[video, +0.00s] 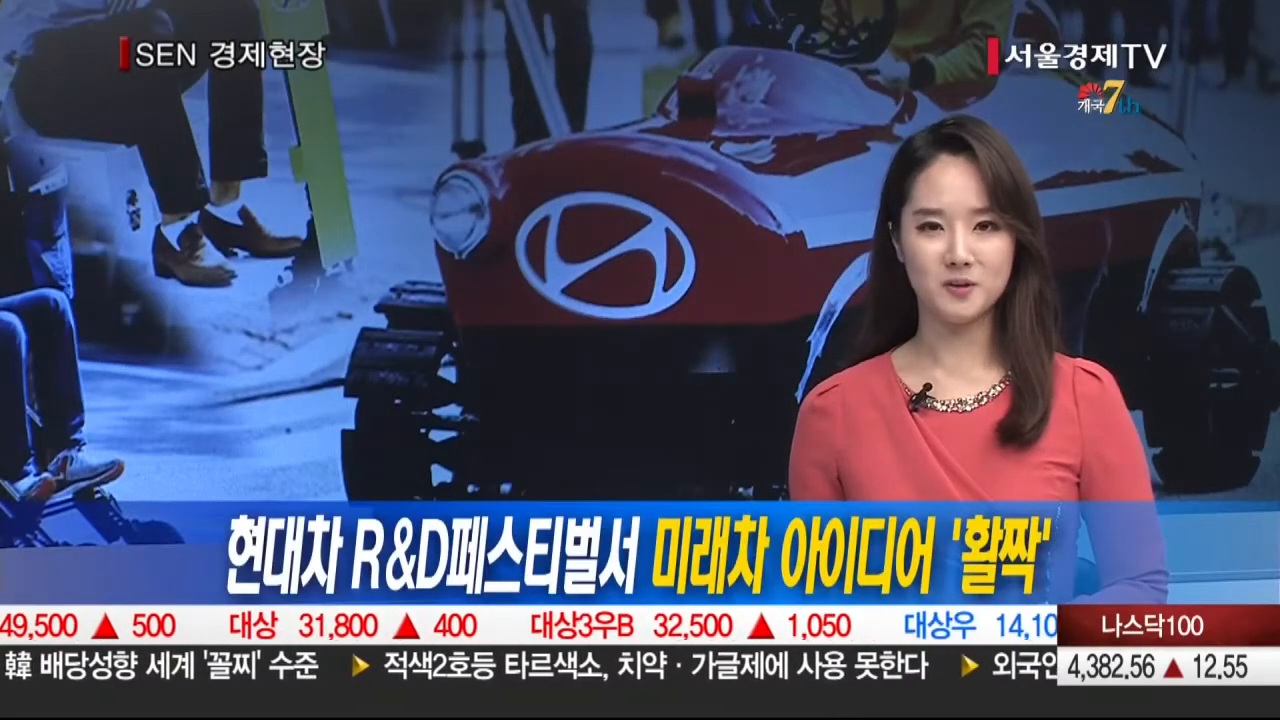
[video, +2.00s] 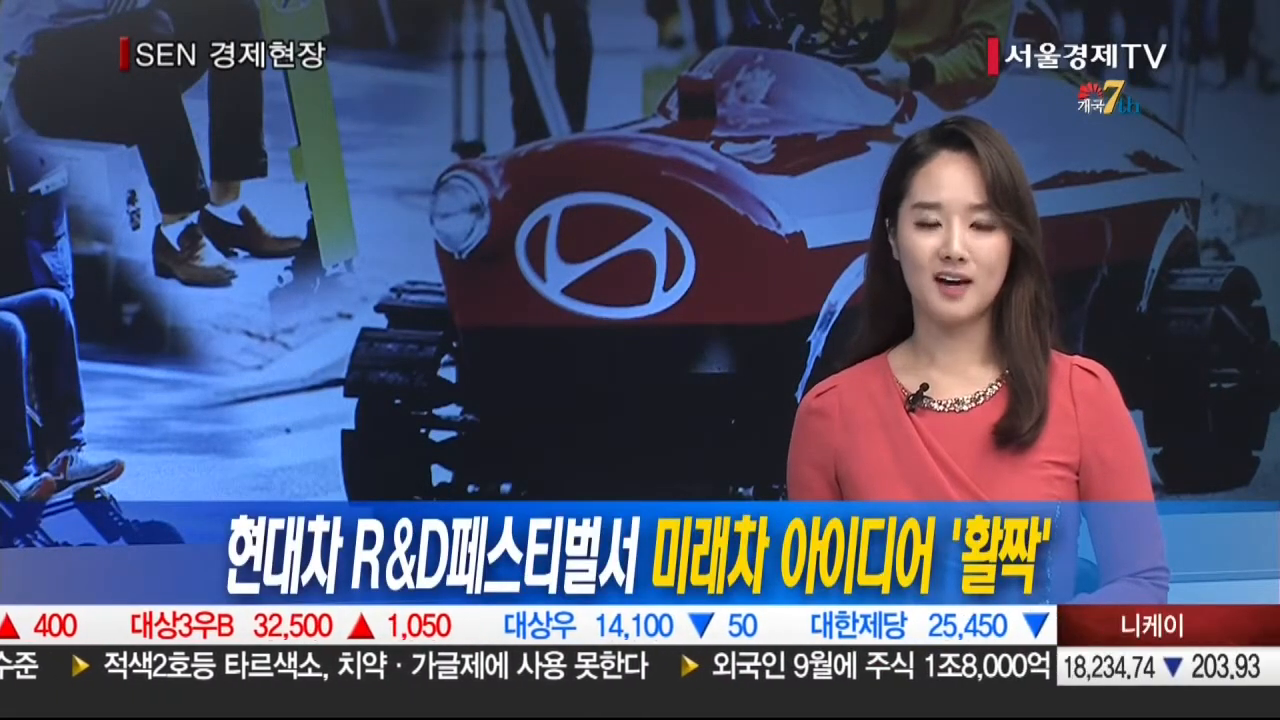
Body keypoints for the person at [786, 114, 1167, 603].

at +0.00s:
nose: (959, 254)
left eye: (986, 226)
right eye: (931, 227)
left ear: (1019, 242)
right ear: (897, 244)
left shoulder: (1085, 398)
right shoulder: (832, 413)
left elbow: (1139, 585)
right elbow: (812, 605)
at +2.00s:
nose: (954, 249)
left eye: (982, 224)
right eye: (928, 222)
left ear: (1015, 243)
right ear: (893, 239)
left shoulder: (1083, 396)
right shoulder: (829, 414)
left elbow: (1142, 580)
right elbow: (811, 604)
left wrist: (1041, 647)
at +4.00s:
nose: (955, 259)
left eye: (982, 230)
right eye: (927, 230)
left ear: (1015, 245)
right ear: (893, 244)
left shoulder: (1084, 397)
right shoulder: (830, 415)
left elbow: (1142, 583)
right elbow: (811, 605)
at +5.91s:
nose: (952, 261)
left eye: (980, 232)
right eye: (924, 232)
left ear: (1014, 246)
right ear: (891, 245)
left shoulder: (1084, 396)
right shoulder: (830, 415)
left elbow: (1142, 582)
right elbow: (811, 605)